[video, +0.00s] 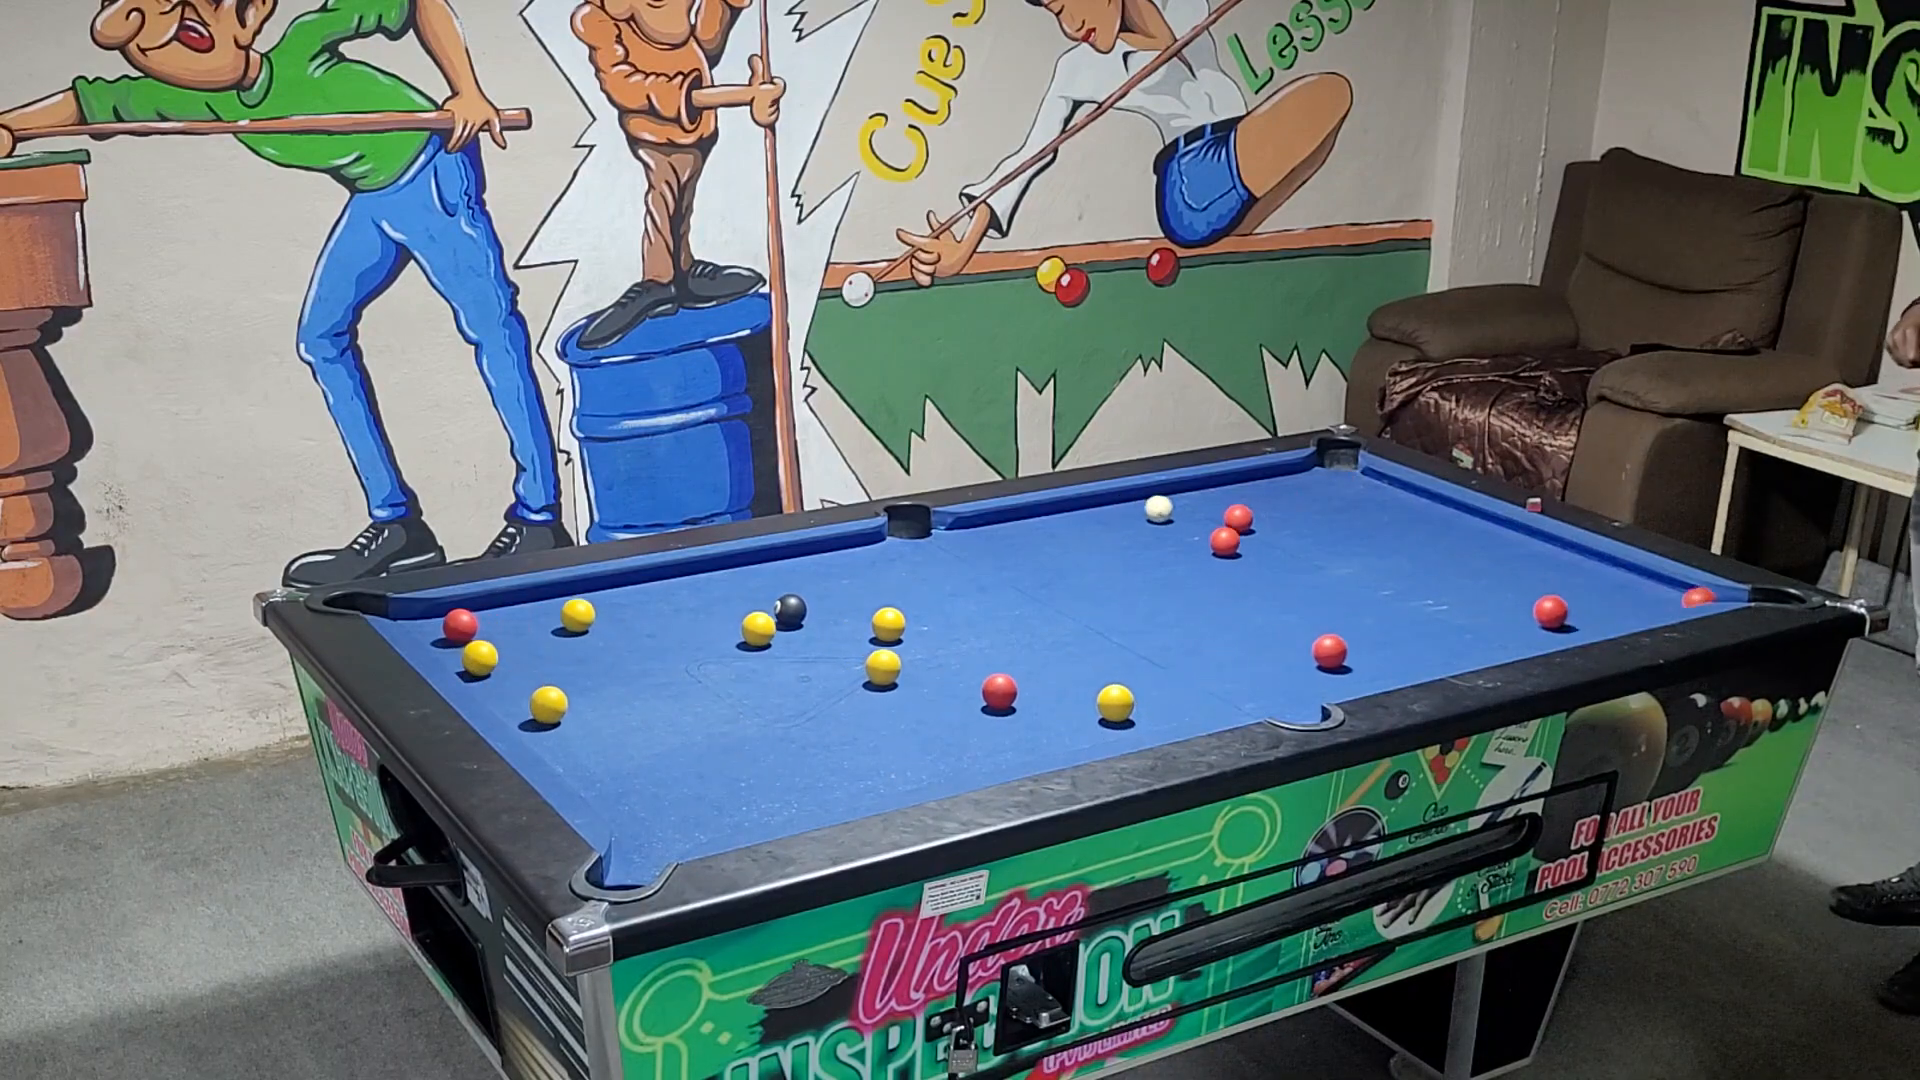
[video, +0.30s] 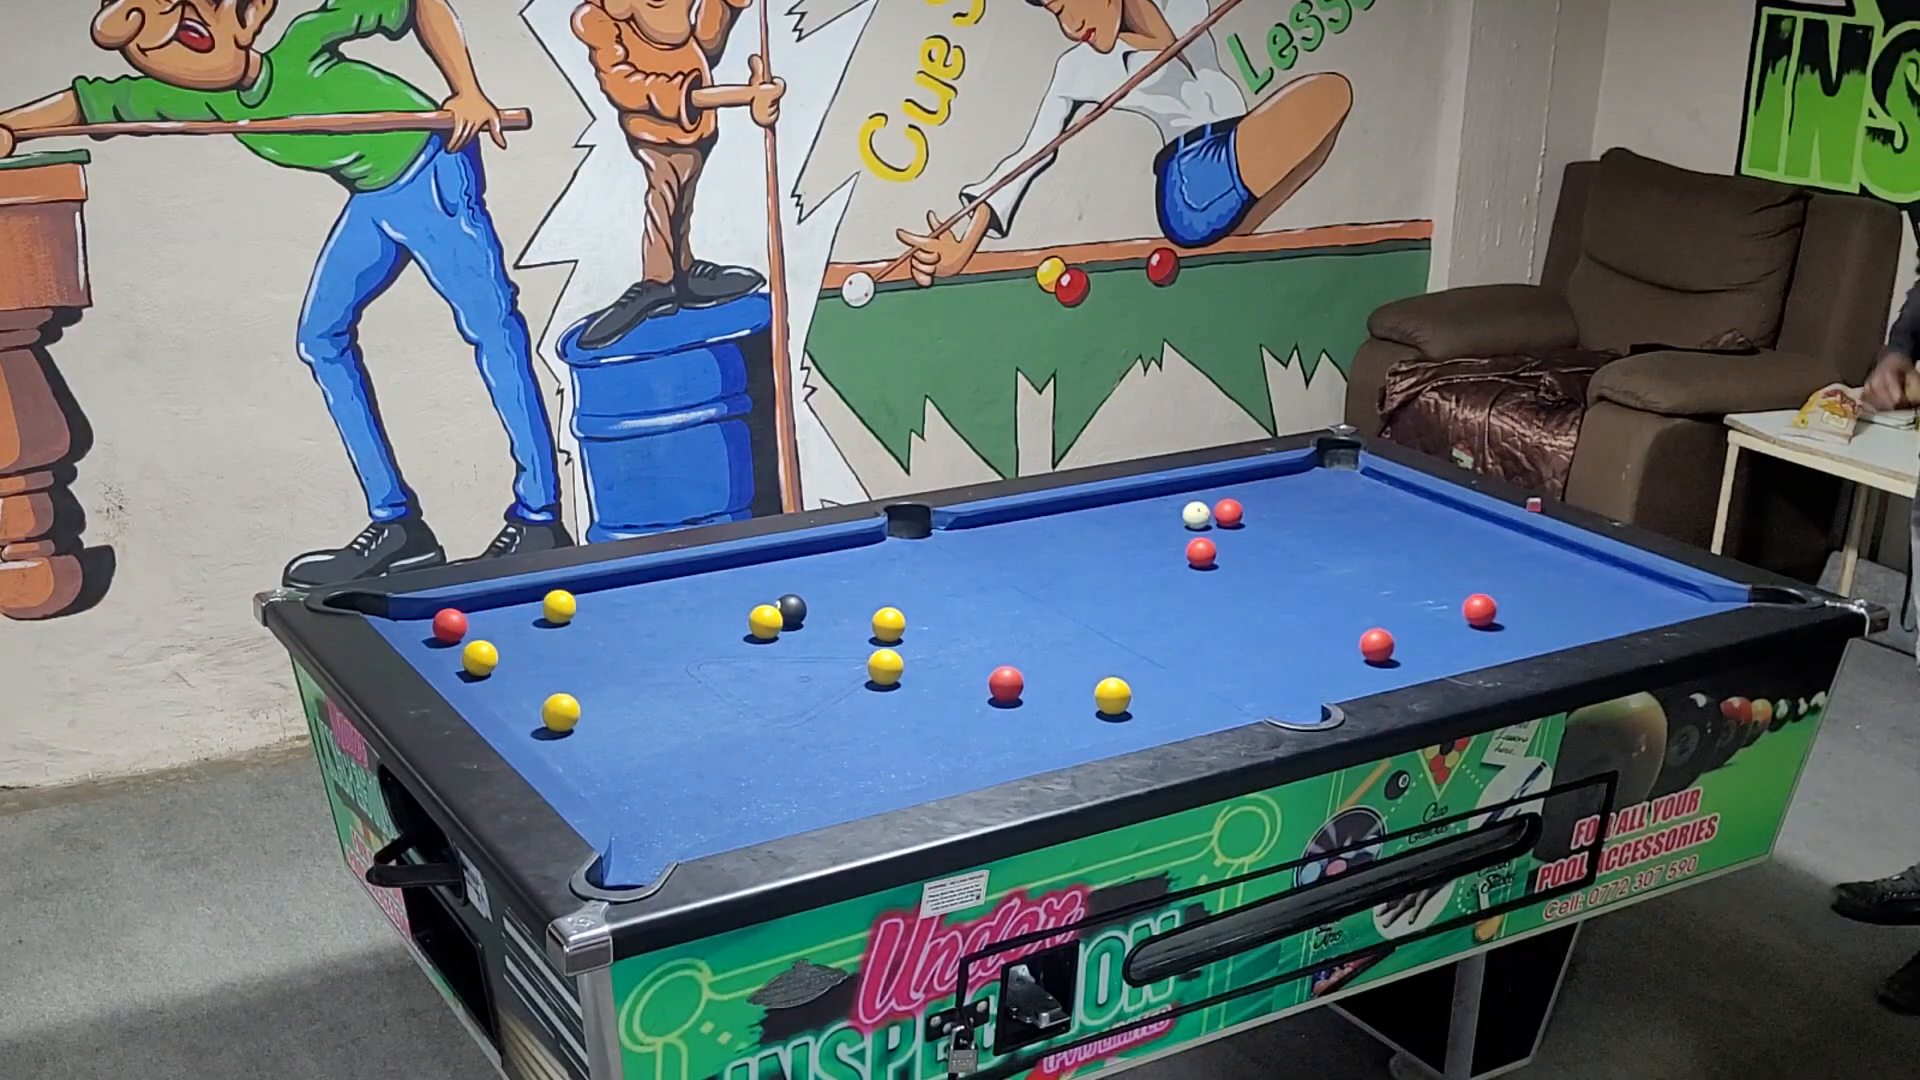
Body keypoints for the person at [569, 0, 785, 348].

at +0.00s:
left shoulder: (696, 6)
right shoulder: (596, 19)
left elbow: (707, 47)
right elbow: (625, 88)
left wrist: (730, 6)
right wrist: (746, 95)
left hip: (694, 87)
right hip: (644, 103)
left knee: (688, 174)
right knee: (665, 174)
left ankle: (682, 268)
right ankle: (657, 280)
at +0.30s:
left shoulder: (696, 6)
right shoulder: (596, 19)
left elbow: (707, 47)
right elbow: (625, 88)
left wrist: (730, 6)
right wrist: (746, 95)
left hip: (694, 89)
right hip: (644, 103)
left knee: (687, 175)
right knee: (665, 175)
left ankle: (682, 268)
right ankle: (657, 281)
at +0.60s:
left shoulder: (697, 6)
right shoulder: (596, 19)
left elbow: (707, 47)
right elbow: (625, 88)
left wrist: (730, 6)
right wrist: (746, 95)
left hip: (695, 88)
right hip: (644, 103)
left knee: (687, 175)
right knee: (665, 175)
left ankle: (682, 268)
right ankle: (657, 281)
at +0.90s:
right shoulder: (596, 18)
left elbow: (707, 47)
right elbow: (625, 87)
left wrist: (729, 6)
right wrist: (746, 94)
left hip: (694, 88)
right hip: (644, 104)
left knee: (687, 175)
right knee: (665, 175)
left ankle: (682, 268)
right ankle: (657, 282)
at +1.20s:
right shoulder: (596, 19)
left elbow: (707, 47)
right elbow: (625, 88)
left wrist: (729, 6)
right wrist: (746, 94)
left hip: (694, 88)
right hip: (644, 104)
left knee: (687, 175)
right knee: (665, 175)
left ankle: (682, 268)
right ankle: (657, 282)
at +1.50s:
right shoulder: (596, 19)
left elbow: (707, 47)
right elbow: (625, 88)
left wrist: (730, 6)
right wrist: (746, 94)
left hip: (694, 88)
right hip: (644, 104)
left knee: (687, 175)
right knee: (665, 175)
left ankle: (682, 268)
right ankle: (657, 281)